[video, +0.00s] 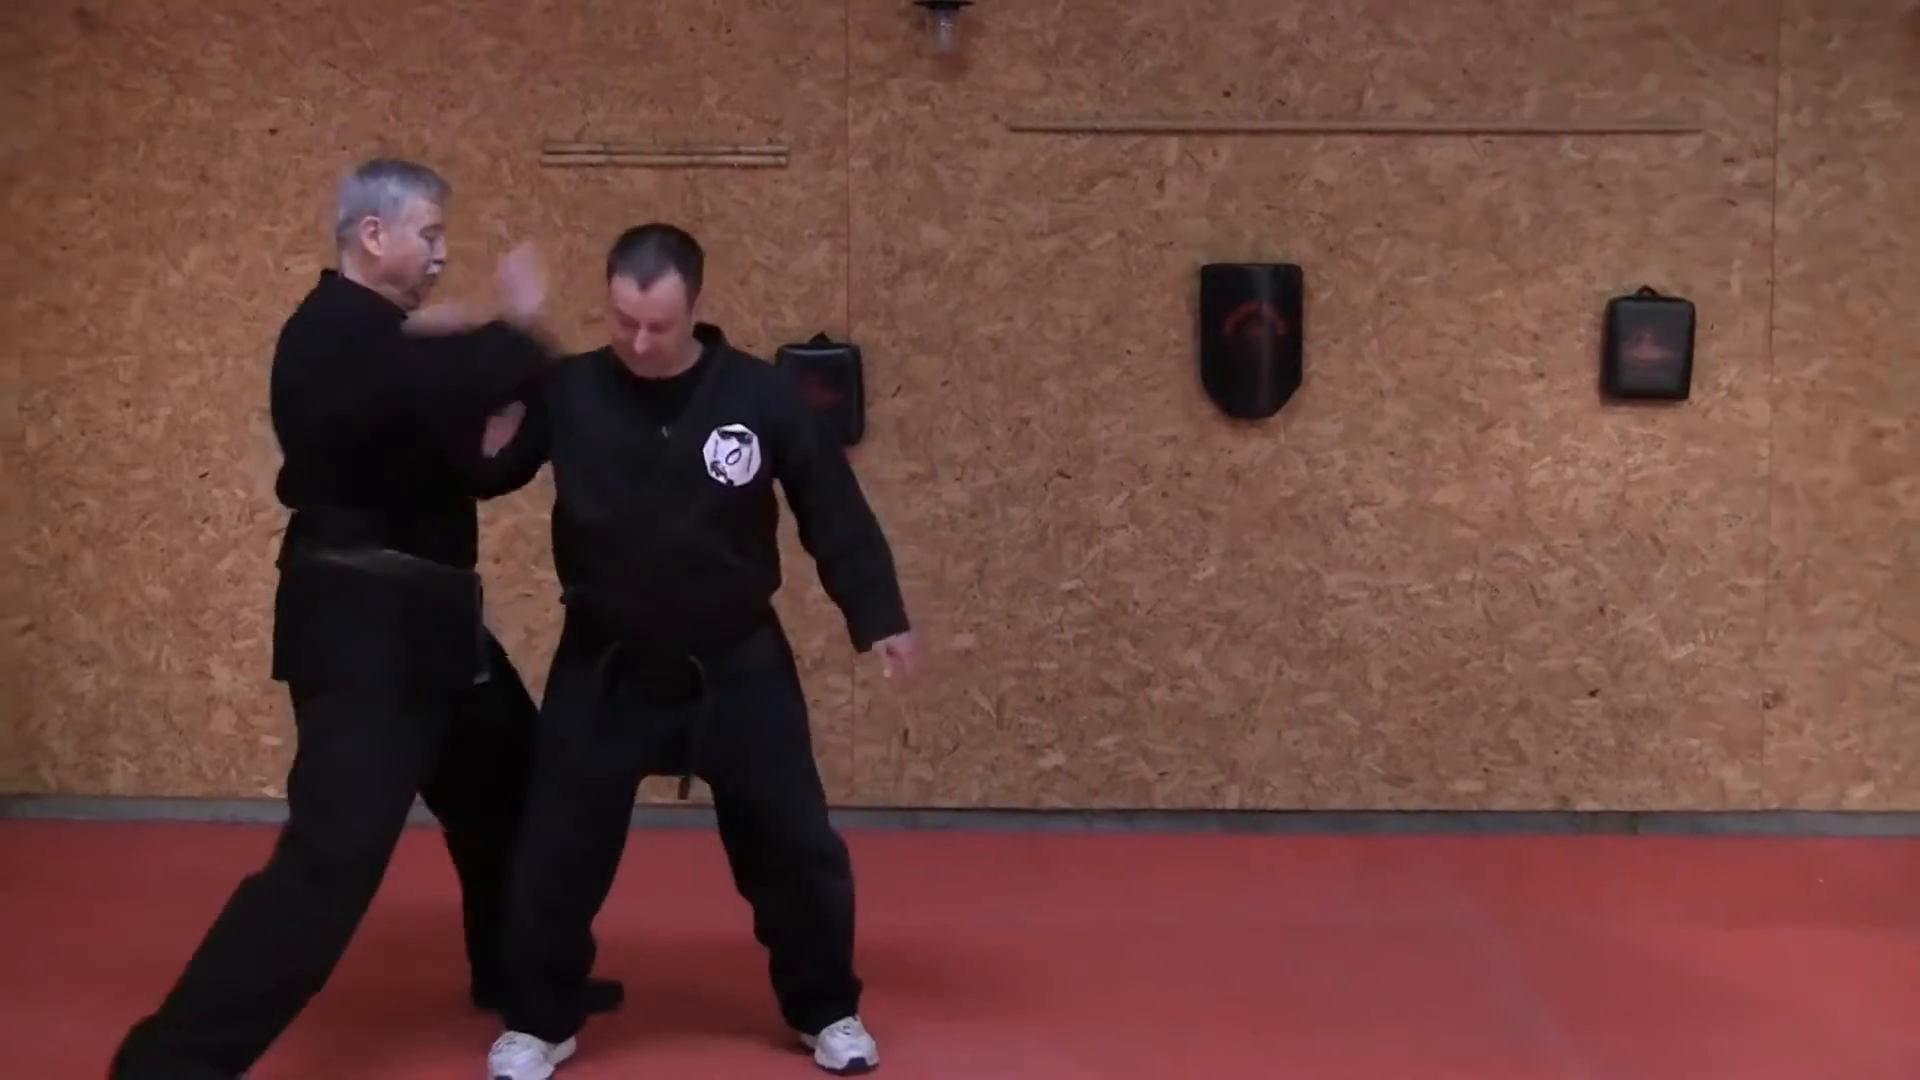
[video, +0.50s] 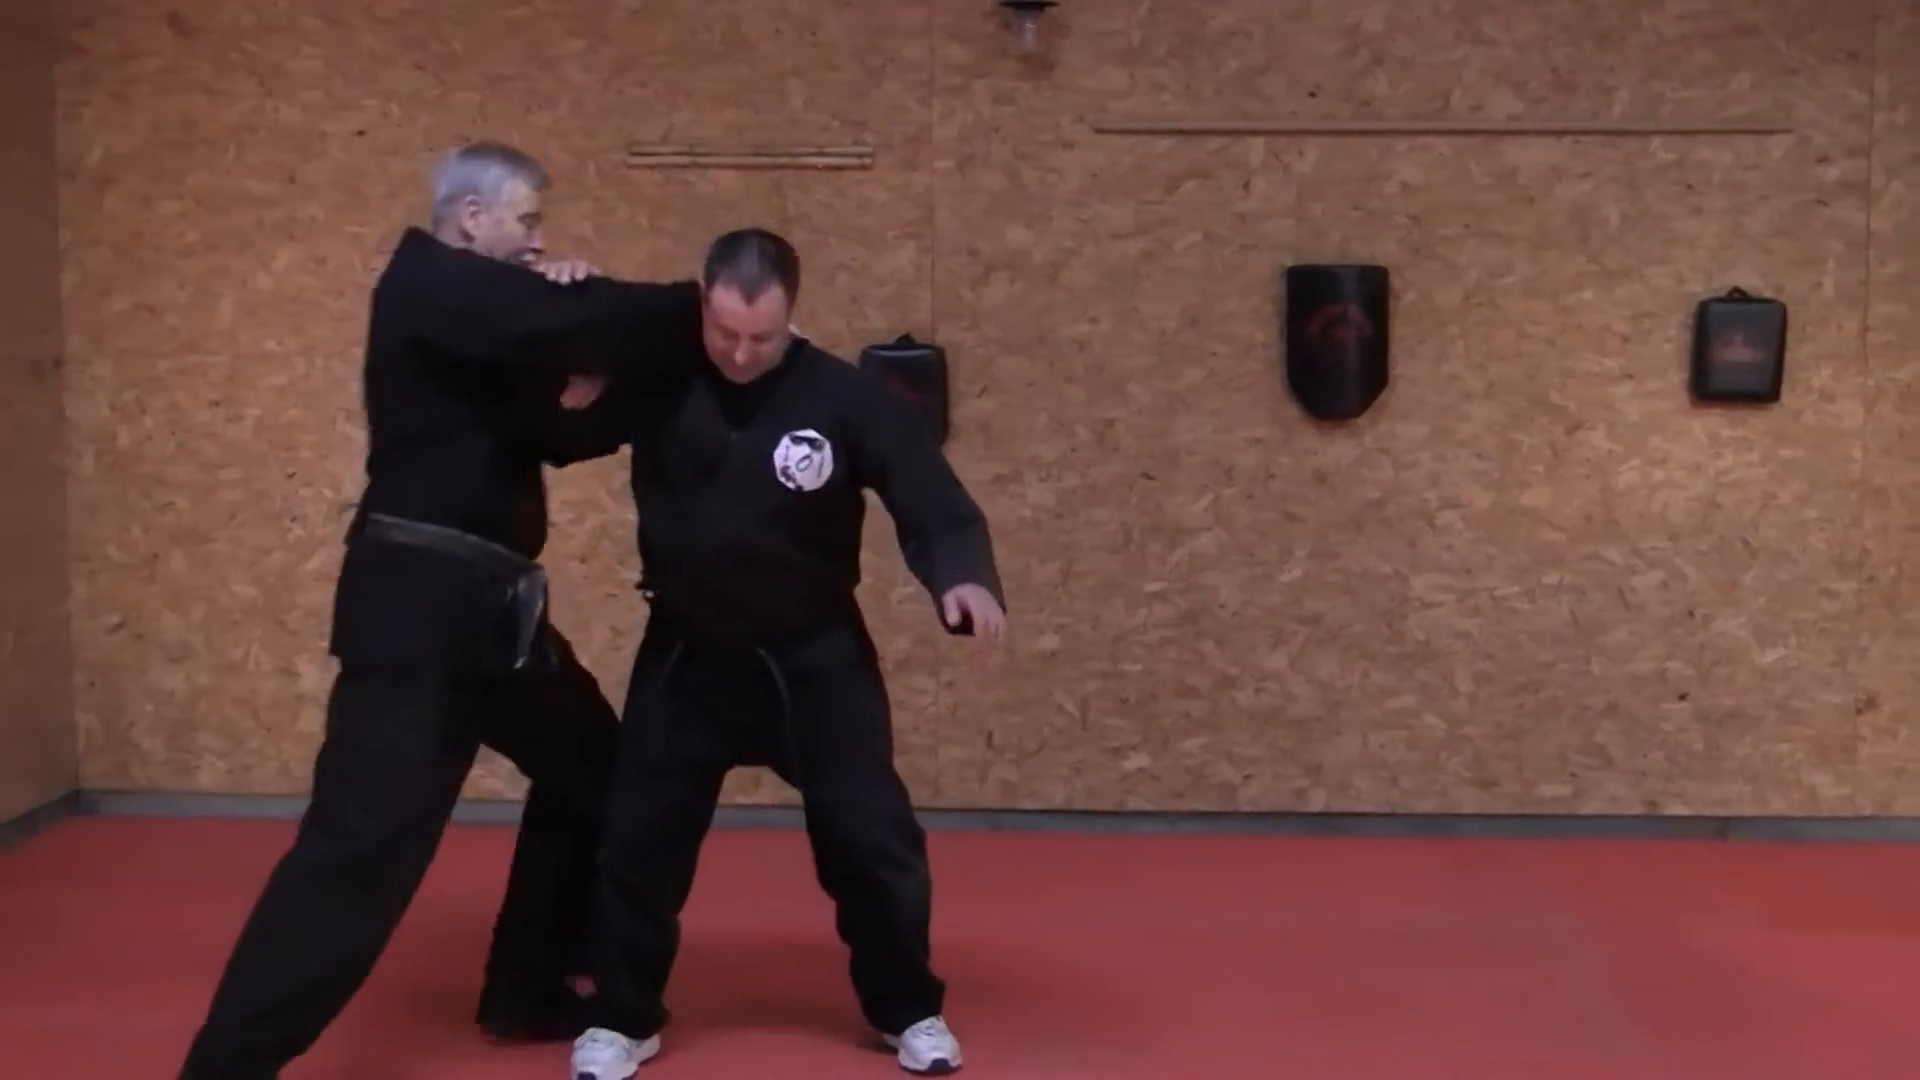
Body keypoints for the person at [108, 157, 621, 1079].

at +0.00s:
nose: (442, 253)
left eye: (443, 236)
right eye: (429, 234)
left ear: (375, 240)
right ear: (369, 235)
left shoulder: (394, 339)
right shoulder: (334, 330)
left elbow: (470, 466)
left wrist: (500, 430)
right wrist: (513, 329)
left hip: (427, 617)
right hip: (360, 618)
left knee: (512, 784)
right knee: (331, 862)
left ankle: (521, 978)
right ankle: (170, 1060)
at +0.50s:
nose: (538, 237)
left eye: (538, 222)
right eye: (525, 220)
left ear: (472, 219)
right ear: (466, 217)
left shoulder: (491, 302)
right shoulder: (432, 280)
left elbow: (560, 431)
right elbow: (567, 319)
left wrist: (588, 315)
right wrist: (699, 303)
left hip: (489, 607)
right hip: (419, 602)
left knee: (590, 762)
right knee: (358, 848)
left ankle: (528, 992)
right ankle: (230, 1061)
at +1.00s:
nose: (746, 299)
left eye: (754, 280)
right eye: (747, 275)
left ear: (689, 245)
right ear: (702, 249)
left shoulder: (620, 308)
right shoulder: (628, 293)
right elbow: (617, 392)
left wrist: (675, 482)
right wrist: (751, 406)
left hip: (538, 560)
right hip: (559, 557)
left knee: (628, 773)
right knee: (678, 754)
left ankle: (641, 1009)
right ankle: (463, 903)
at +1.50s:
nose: (783, 303)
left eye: (790, 285)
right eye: (779, 280)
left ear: (727, 263)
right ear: (728, 257)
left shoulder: (690, 340)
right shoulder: (664, 322)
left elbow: (692, 528)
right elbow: (700, 468)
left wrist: (800, 498)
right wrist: (826, 461)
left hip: (628, 608)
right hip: (554, 606)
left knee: (719, 785)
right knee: (586, 843)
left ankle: (750, 977)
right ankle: (482, 1057)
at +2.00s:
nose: (785, 329)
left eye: (795, 311)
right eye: (768, 309)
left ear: (804, 300)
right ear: (713, 286)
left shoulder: (803, 362)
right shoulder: (635, 350)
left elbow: (889, 455)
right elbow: (649, 501)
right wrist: (776, 512)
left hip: (738, 585)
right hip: (613, 587)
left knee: (798, 774)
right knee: (586, 802)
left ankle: (794, 976)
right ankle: (552, 1027)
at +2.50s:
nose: (788, 325)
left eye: (800, 305)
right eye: (767, 305)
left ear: (812, 299)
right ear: (715, 292)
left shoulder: (825, 374)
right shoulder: (651, 382)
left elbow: (886, 479)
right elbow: (676, 562)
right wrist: (814, 560)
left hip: (754, 596)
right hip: (630, 602)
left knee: (798, 780)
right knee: (629, 800)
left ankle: (795, 973)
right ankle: (558, 1029)